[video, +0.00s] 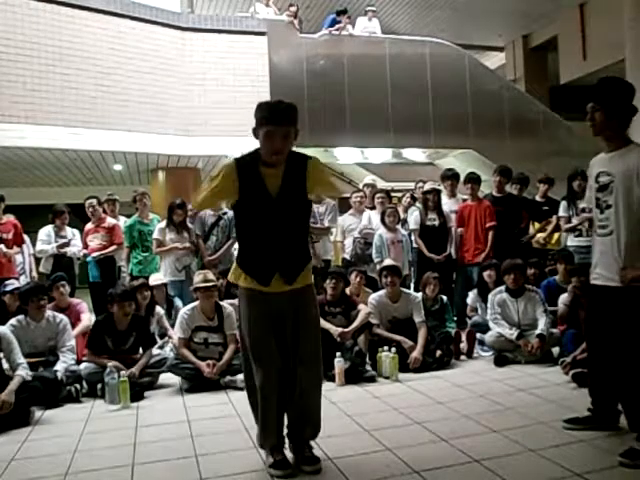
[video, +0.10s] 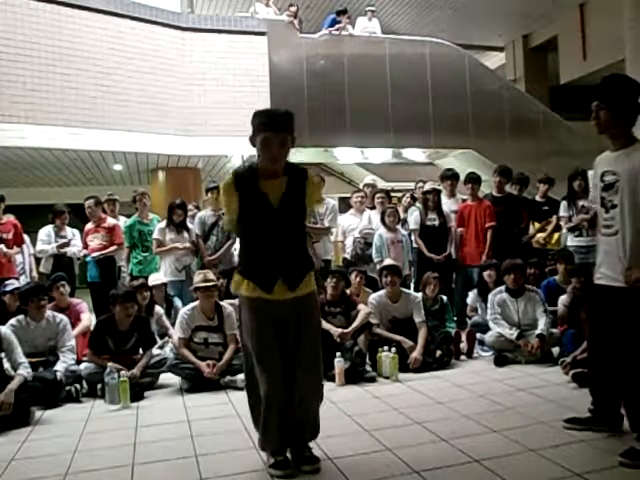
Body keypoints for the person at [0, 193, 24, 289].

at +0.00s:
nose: (1, 206)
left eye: (1, 203)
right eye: (1, 203)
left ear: (4, 204)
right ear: (3, 204)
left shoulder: (13, 224)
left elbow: (18, 246)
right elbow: (18, 246)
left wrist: (10, 252)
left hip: (8, 273)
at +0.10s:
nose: (1, 206)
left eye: (1, 203)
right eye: (1, 203)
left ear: (4, 204)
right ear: (3, 205)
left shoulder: (13, 224)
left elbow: (18, 246)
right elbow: (18, 246)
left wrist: (10, 252)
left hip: (8, 273)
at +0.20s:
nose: (1, 206)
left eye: (1, 203)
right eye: (1, 203)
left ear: (3, 204)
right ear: (3, 205)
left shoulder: (13, 224)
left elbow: (18, 246)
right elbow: (18, 246)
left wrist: (10, 252)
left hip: (8, 273)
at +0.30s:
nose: (1, 206)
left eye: (1, 203)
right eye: (1, 203)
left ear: (3, 204)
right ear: (3, 205)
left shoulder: (13, 224)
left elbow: (19, 246)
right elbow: (18, 246)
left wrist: (11, 252)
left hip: (8, 273)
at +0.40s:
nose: (1, 206)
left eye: (1, 203)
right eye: (1, 203)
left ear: (3, 204)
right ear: (3, 205)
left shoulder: (13, 224)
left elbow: (19, 245)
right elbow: (18, 246)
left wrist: (11, 252)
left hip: (8, 273)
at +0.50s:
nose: (1, 209)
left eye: (2, 206)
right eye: (1, 207)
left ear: (5, 206)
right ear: (3, 207)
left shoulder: (14, 225)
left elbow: (21, 246)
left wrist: (13, 253)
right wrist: (5, 252)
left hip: (10, 274)